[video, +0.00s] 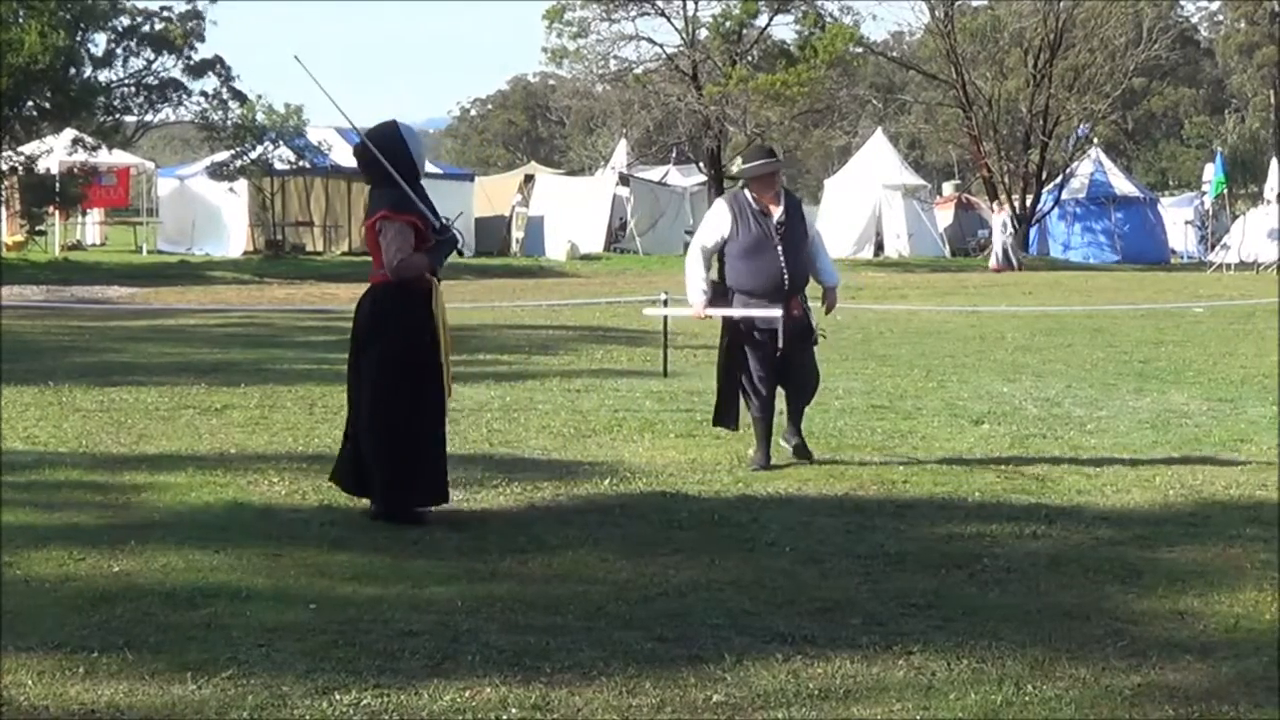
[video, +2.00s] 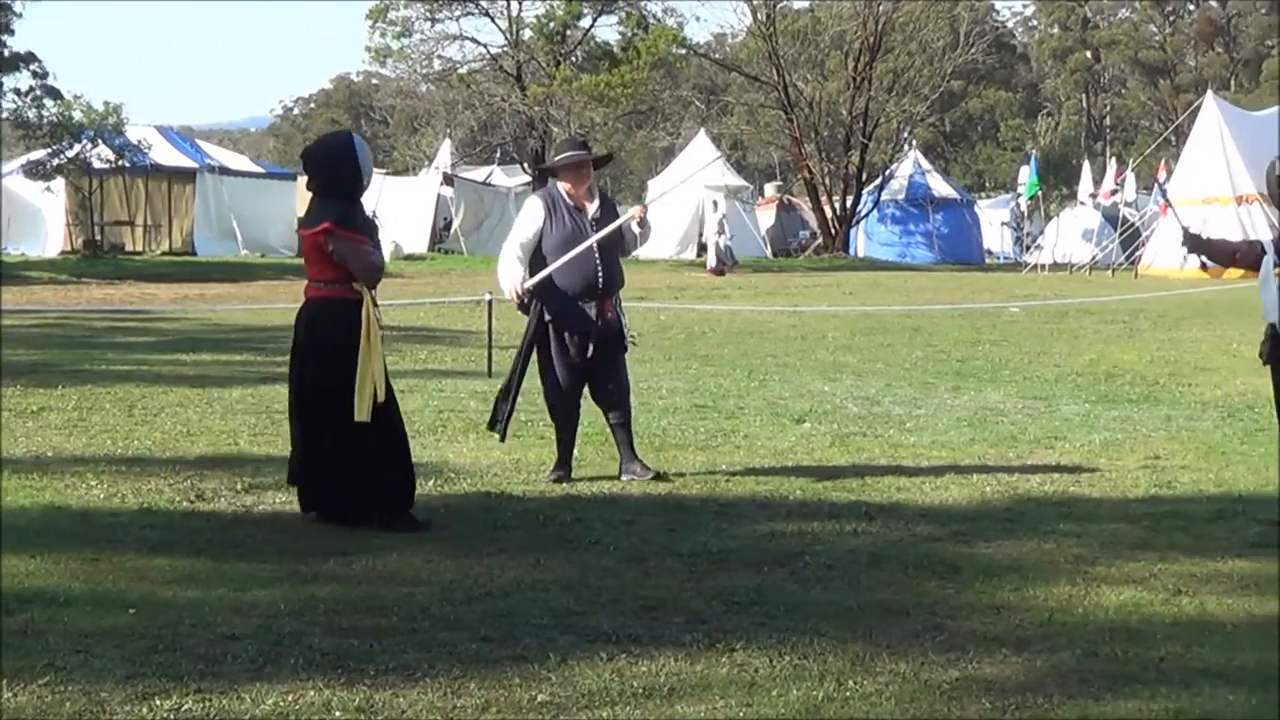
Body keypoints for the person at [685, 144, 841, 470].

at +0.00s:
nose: (771, 181)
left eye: (774, 174)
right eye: (763, 177)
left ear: (780, 173)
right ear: (748, 180)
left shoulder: (794, 205)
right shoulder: (728, 209)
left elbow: (814, 245)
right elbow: (698, 251)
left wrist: (830, 282)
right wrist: (698, 296)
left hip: (793, 306)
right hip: (749, 308)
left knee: (805, 377)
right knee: (759, 384)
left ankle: (793, 429)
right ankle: (762, 450)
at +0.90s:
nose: (744, 175)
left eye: (751, 169)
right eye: (738, 170)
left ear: (765, 170)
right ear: (731, 173)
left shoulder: (785, 208)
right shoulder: (714, 203)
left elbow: (811, 251)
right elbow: (680, 240)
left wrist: (786, 277)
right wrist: (697, 270)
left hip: (768, 309)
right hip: (719, 308)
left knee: (766, 387)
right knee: (713, 387)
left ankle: (763, 455)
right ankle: (724, 438)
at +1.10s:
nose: (717, 173)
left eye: (725, 166)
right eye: (712, 167)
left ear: (741, 169)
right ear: (705, 171)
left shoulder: (759, 208)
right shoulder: (689, 203)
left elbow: (784, 252)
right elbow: (658, 239)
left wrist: (753, 257)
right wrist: (655, 260)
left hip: (742, 313)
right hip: (693, 310)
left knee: (741, 389)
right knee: (690, 388)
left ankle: (740, 455)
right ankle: (688, 458)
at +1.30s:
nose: (681, 173)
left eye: (689, 166)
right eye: (677, 167)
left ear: (707, 170)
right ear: (671, 172)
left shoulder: (728, 208)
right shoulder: (656, 206)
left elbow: (752, 253)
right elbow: (627, 243)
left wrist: (729, 239)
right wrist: (603, 272)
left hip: (714, 314)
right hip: (666, 313)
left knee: (713, 391)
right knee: (668, 391)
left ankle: (716, 455)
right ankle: (663, 463)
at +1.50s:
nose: (648, 173)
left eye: (655, 166)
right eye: (643, 167)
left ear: (673, 169)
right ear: (637, 172)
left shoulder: (693, 203)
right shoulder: (624, 205)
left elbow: (721, 249)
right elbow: (594, 244)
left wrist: (707, 228)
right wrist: (571, 278)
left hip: (685, 312)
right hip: (638, 312)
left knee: (692, 389)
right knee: (644, 392)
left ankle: (697, 452)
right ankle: (642, 463)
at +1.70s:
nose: (615, 175)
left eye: (622, 167)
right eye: (609, 168)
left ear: (637, 168)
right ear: (601, 172)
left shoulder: (654, 203)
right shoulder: (586, 204)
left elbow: (680, 248)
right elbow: (556, 243)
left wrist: (678, 226)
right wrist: (536, 274)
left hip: (650, 307)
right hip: (604, 309)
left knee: (668, 379)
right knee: (612, 390)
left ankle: (669, 446)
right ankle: (612, 462)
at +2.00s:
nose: (582, 174)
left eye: (585, 167)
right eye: (573, 169)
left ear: (592, 168)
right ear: (558, 174)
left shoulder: (604, 202)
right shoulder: (541, 204)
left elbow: (625, 246)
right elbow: (512, 251)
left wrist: (637, 225)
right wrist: (514, 279)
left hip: (605, 308)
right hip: (561, 310)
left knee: (614, 386)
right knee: (563, 390)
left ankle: (629, 461)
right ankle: (563, 462)